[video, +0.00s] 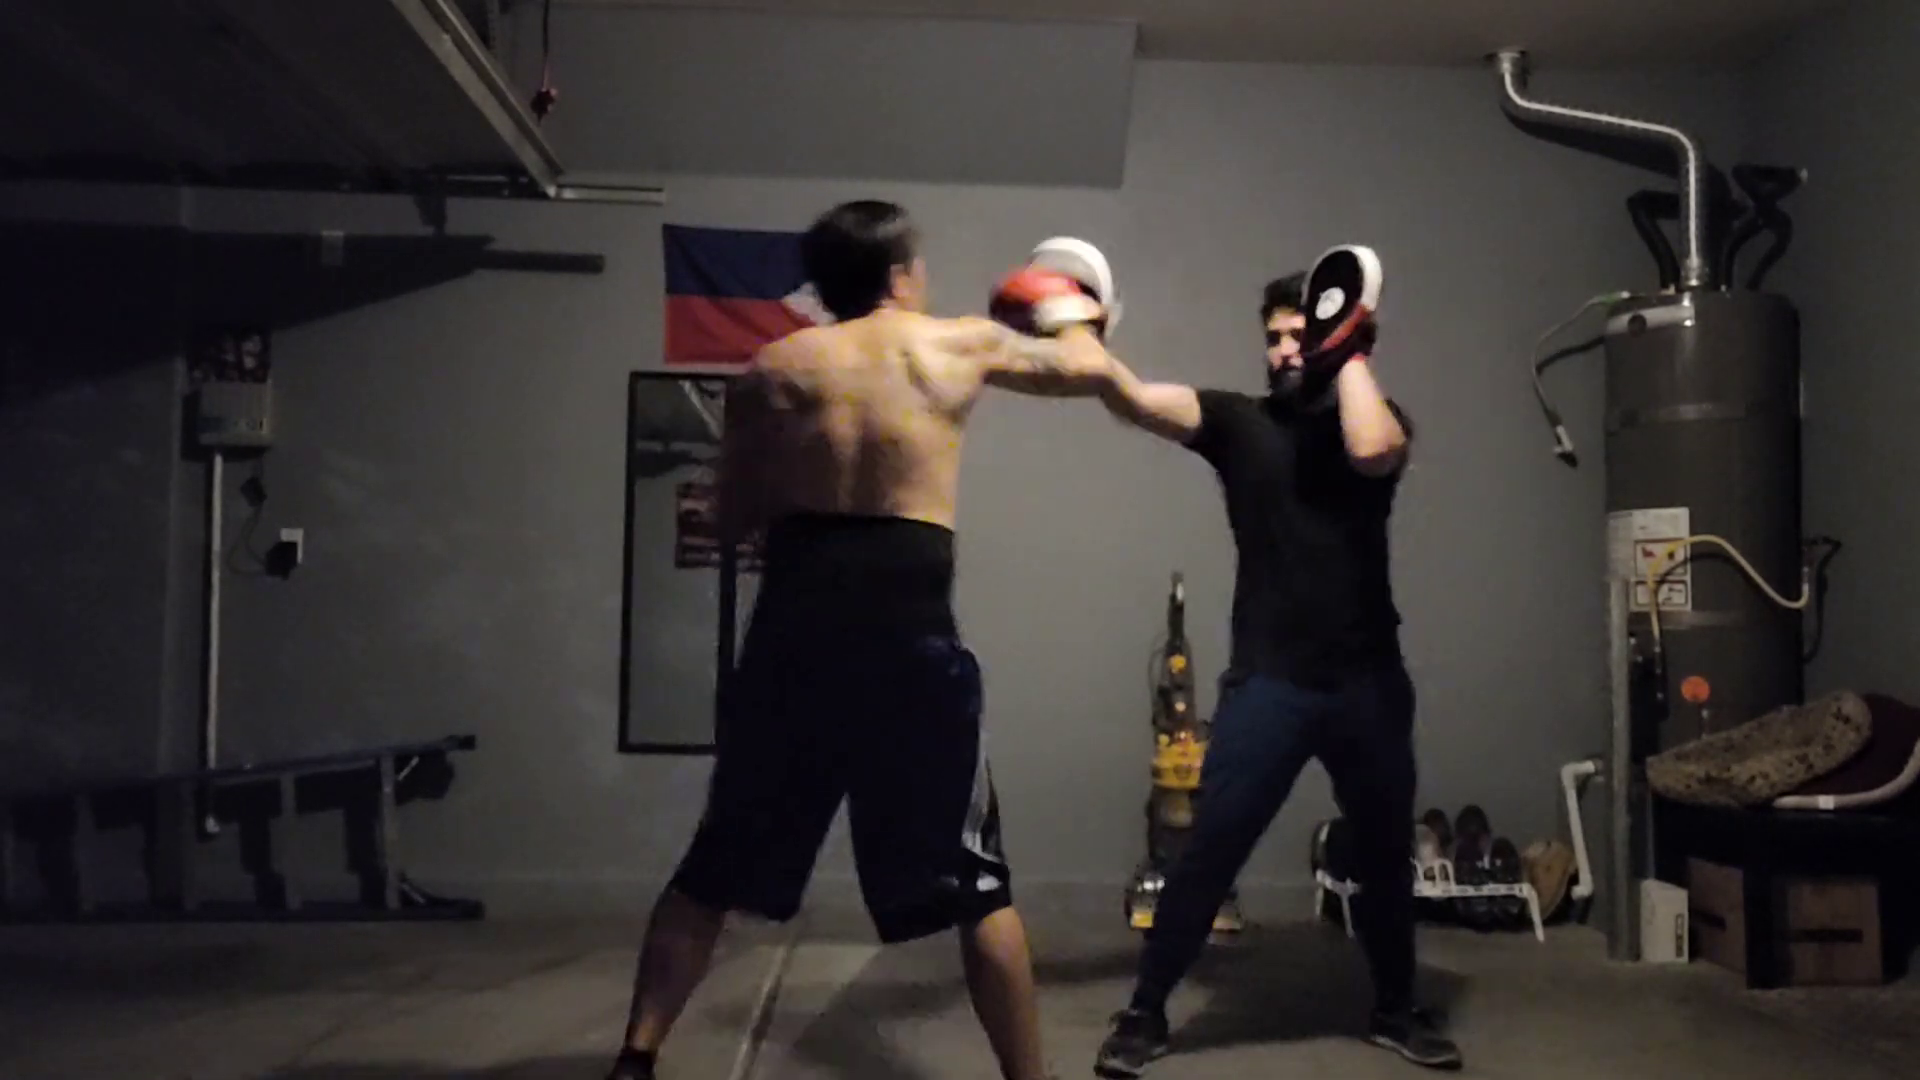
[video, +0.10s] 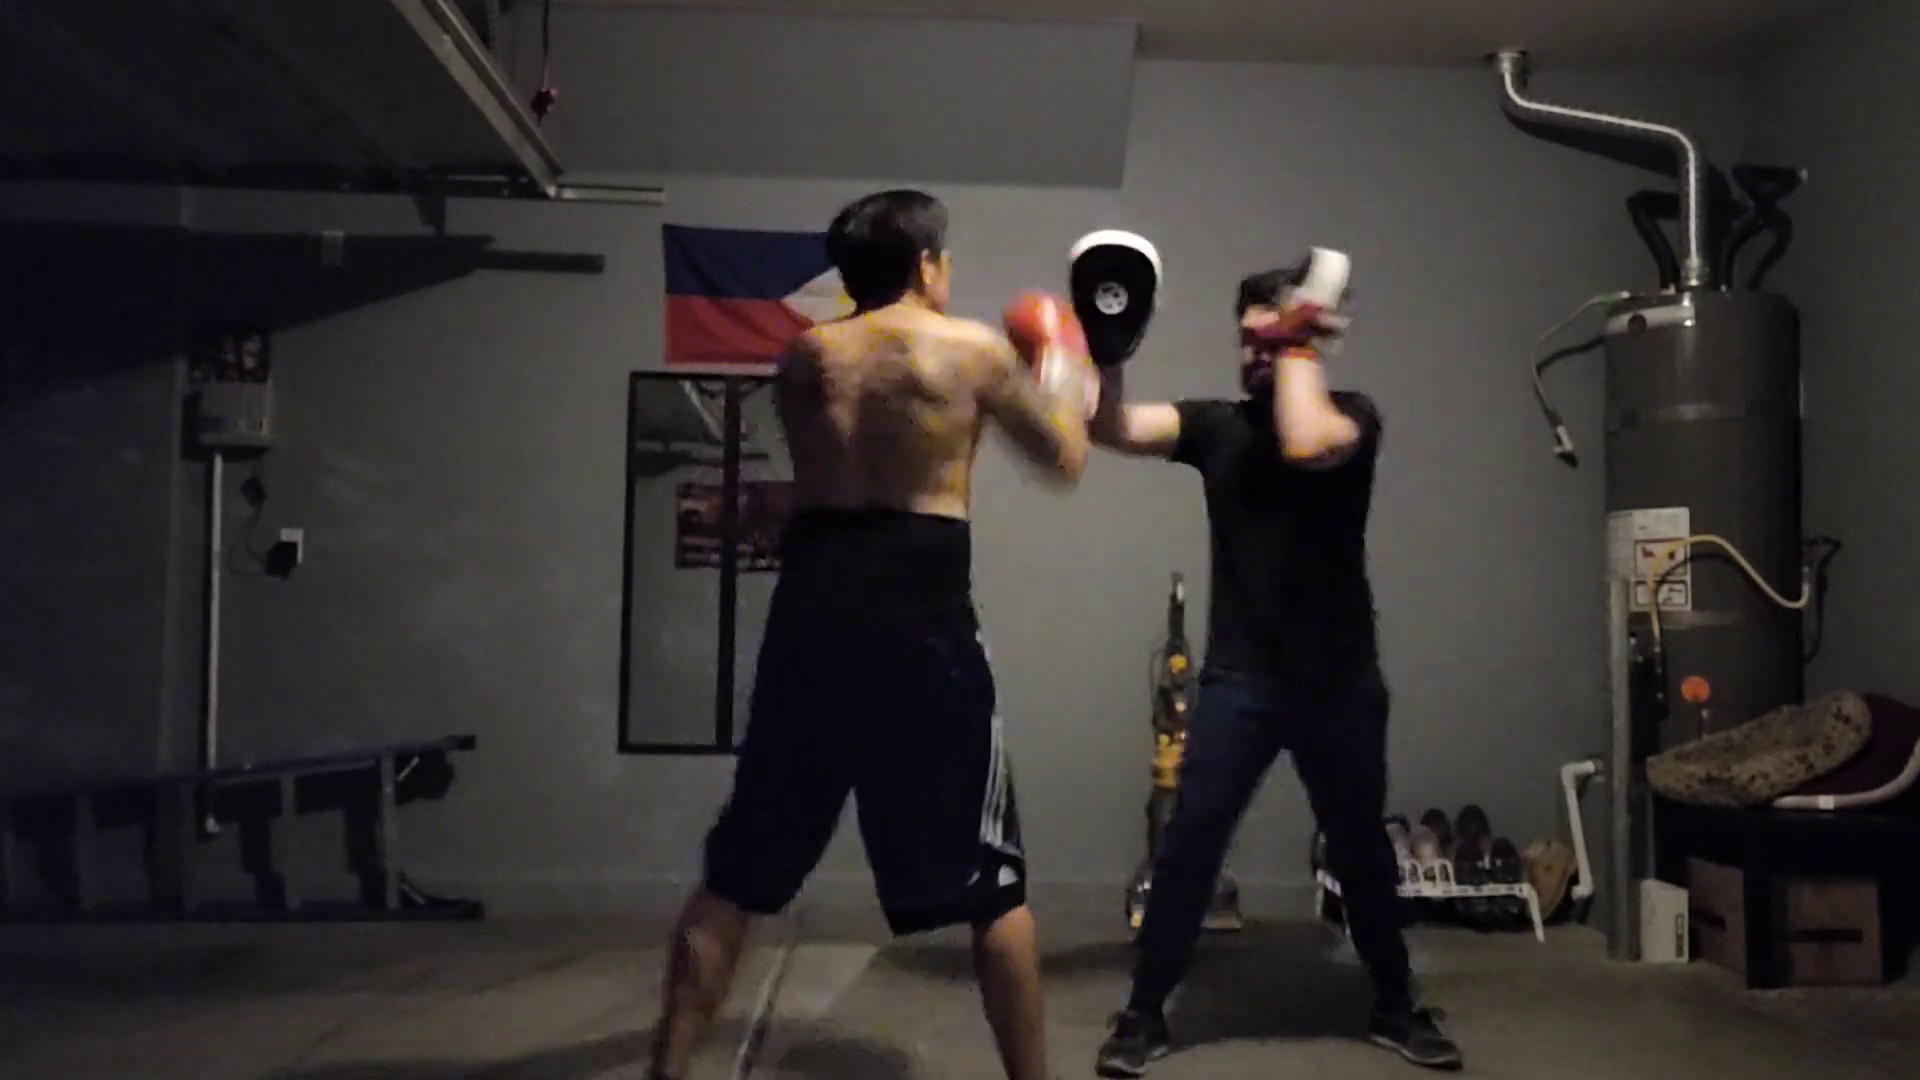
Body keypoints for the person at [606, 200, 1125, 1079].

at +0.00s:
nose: (924, 278)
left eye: (917, 263)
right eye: (917, 266)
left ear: (826, 285)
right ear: (899, 280)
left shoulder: (769, 371)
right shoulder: (959, 344)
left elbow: (733, 521)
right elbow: (1088, 367)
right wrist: (1075, 308)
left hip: (794, 645)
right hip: (913, 644)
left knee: (716, 860)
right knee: (971, 873)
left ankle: (635, 1057)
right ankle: (1028, 1071)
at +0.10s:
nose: (951, 272)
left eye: (947, 258)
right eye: (948, 259)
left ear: (850, 273)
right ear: (928, 268)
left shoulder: (802, 357)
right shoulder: (972, 348)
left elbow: (837, 466)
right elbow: (1064, 455)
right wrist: (1059, 364)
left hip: (813, 620)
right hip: (924, 622)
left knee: (742, 864)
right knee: (993, 877)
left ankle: (669, 1065)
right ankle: (1031, 1071)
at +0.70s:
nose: (952, 290)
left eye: (946, 274)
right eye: (946, 276)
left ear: (860, 288)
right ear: (927, 289)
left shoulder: (811, 379)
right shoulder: (929, 378)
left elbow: (873, 490)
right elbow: (974, 529)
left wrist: (977, 416)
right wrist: (1038, 482)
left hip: (786, 653)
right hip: (887, 656)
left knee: (716, 877)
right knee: (979, 886)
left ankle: (639, 1067)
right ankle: (1021, 1070)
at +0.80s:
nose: (911, 306)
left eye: (908, 291)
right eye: (907, 292)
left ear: (812, 306)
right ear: (885, 302)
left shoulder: (761, 394)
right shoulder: (892, 396)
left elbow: (787, 519)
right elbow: (920, 540)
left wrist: (913, 449)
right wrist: (984, 505)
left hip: (757, 675)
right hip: (867, 678)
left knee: (697, 891)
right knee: (978, 886)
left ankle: (632, 1070)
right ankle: (1014, 1070)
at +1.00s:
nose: (880, 312)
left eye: (875, 297)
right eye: (877, 299)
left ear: (787, 303)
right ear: (854, 305)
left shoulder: (730, 389)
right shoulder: (883, 386)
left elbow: (755, 515)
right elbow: (973, 521)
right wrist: (981, 472)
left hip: (748, 665)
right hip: (866, 664)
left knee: (681, 889)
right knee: (969, 869)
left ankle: (626, 1071)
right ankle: (1027, 1066)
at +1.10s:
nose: (901, 304)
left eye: (896, 290)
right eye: (896, 292)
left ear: (801, 300)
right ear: (875, 301)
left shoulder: (744, 390)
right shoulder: (922, 372)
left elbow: (730, 525)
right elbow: (1055, 445)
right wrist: (1014, 379)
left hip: (770, 677)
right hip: (894, 674)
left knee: (690, 892)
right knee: (981, 879)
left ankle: (632, 1071)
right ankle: (1041, 1070)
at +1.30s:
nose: (970, 298)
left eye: (966, 286)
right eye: (968, 286)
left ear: (872, 290)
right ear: (953, 293)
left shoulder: (821, 364)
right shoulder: (986, 366)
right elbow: (1059, 478)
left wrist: (975, 362)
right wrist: (1060, 382)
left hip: (823, 625)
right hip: (933, 631)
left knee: (757, 864)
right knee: (1013, 879)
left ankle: (675, 1064)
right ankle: (1052, 1070)